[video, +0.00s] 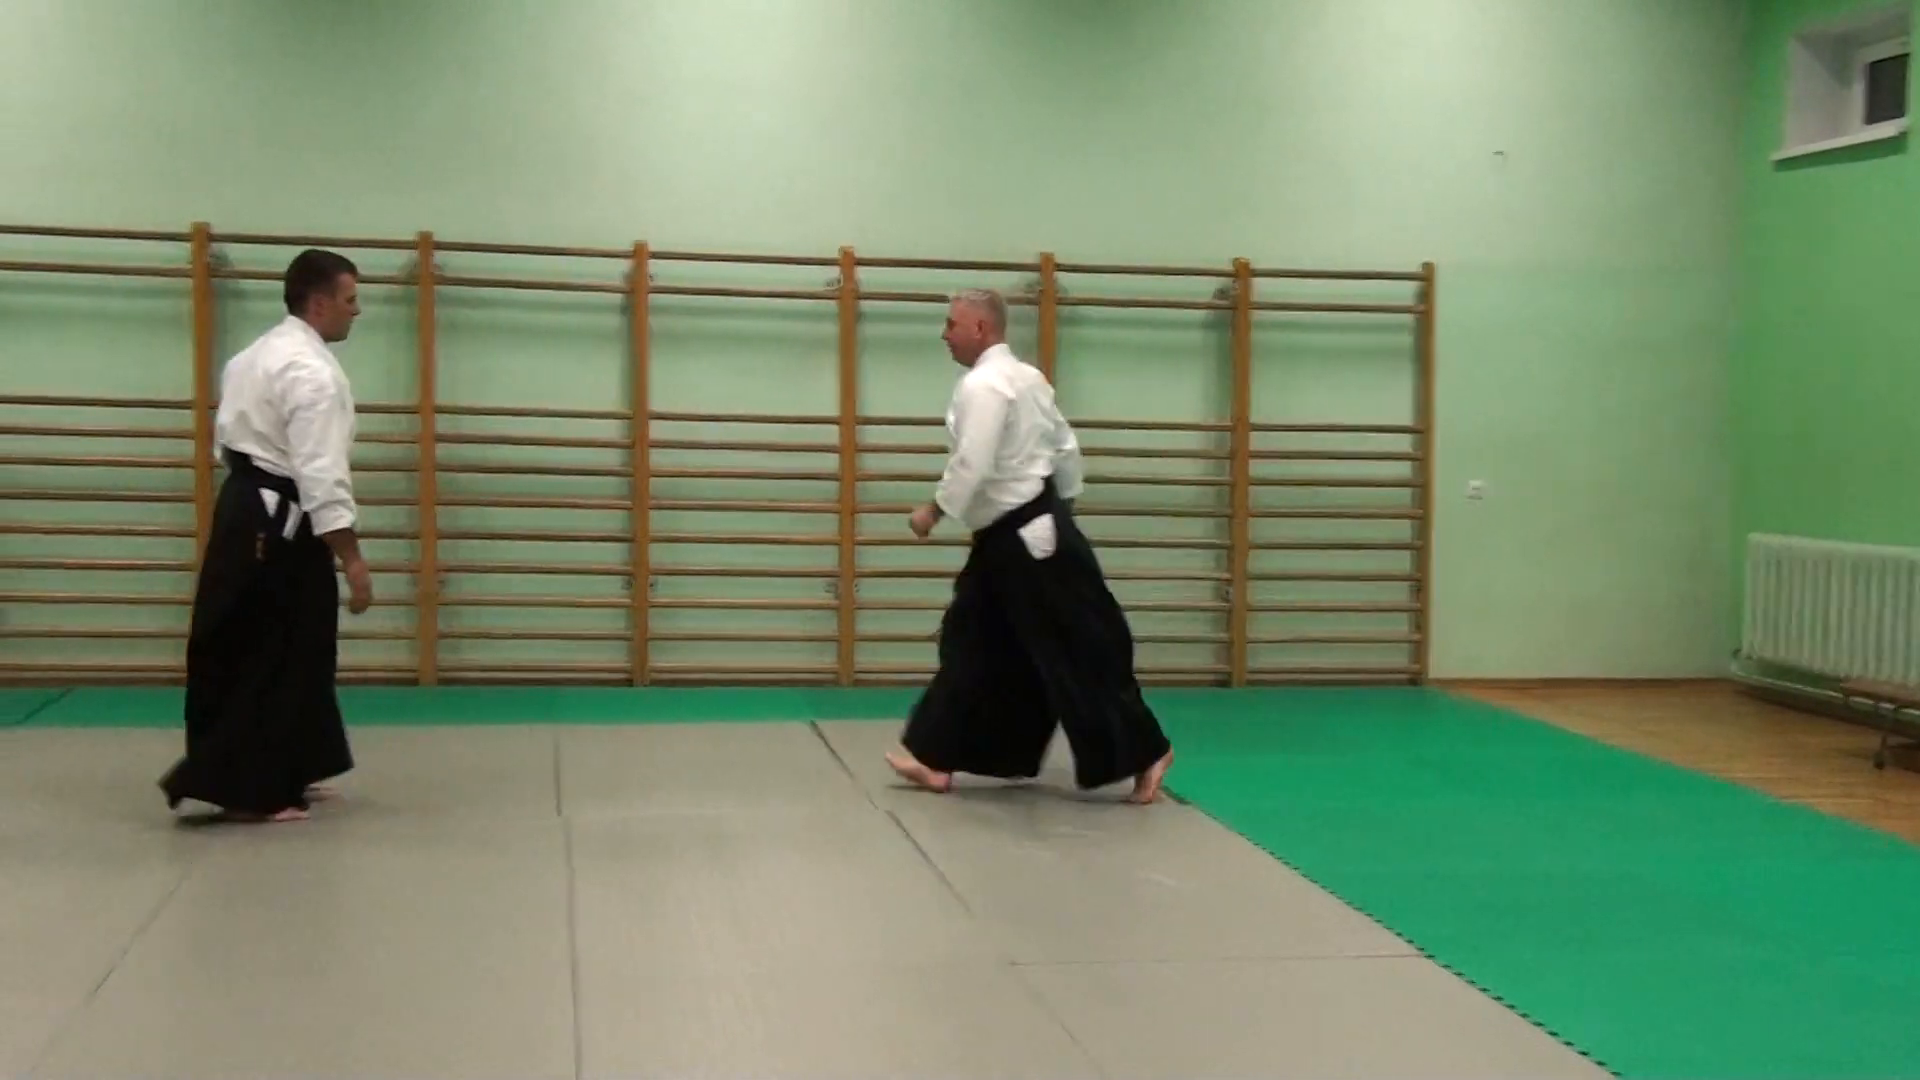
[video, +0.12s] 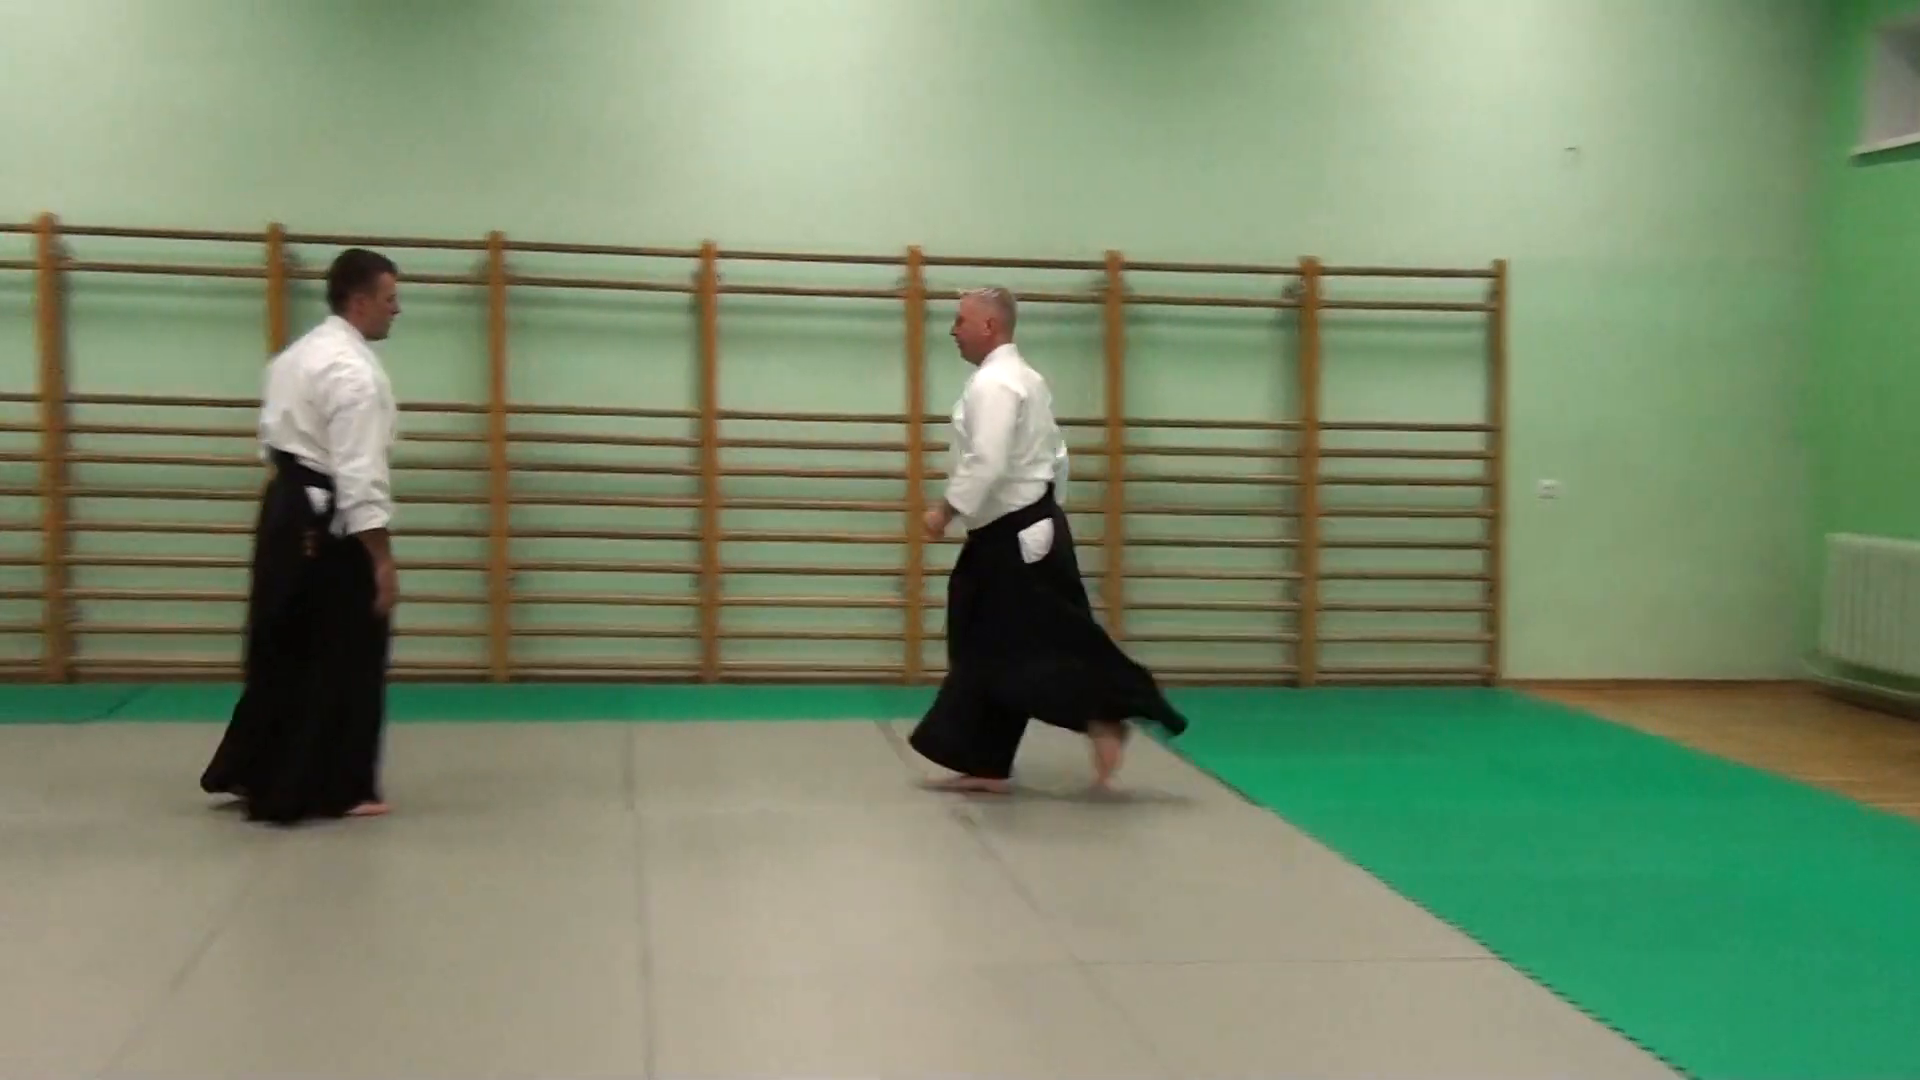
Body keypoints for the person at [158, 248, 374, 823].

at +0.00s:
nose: (356, 311)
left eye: (355, 300)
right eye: (349, 300)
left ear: (303, 301)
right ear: (315, 301)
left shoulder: (254, 354)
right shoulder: (313, 372)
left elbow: (228, 442)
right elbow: (320, 474)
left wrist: (262, 488)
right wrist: (352, 559)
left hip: (242, 514)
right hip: (285, 526)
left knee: (261, 645)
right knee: (289, 651)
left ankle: (284, 772)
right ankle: (255, 789)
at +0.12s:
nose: (396, 310)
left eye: (396, 299)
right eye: (390, 299)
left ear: (348, 300)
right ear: (356, 300)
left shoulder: (297, 353)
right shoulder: (355, 371)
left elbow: (275, 439)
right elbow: (358, 474)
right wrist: (382, 558)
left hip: (284, 508)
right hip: (331, 518)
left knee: (287, 644)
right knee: (350, 652)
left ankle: (252, 769)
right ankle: (341, 785)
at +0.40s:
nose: (517, 312)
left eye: (517, 300)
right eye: (511, 301)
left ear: (466, 302)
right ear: (480, 302)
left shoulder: (420, 355)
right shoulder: (478, 374)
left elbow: (406, 442)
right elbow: (491, 469)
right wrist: (539, 525)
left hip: (402, 508)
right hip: (454, 521)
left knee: (387, 636)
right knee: (502, 638)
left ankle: (341, 762)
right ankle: (519, 775)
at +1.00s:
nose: (731, 303)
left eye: (731, 293)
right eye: (725, 293)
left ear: (690, 294)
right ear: (697, 295)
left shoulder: (661, 341)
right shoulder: (702, 360)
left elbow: (739, 407)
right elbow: (756, 435)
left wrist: (811, 409)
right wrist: (827, 433)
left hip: (640, 494)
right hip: (681, 508)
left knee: (631, 627)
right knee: (729, 627)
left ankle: (601, 756)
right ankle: (734, 762)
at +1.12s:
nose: (771, 304)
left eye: (771, 293)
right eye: (765, 293)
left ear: (729, 294)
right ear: (737, 294)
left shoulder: (700, 340)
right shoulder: (742, 360)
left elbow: (777, 411)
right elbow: (789, 449)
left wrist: (851, 416)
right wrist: (842, 457)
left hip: (678, 495)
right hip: (720, 508)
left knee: (668, 625)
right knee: (766, 625)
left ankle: (638, 756)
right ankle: (769, 761)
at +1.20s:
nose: (795, 304)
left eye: (795, 293)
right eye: (791, 293)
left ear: (750, 293)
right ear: (765, 294)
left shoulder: (721, 340)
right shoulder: (768, 361)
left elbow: (800, 409)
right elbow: (811, 453)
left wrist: (861, 430)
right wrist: (868, 464)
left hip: (700, 493)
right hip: (744, 508)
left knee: (694, 623)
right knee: (789, 624)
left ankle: (662, 754)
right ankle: (793, 760)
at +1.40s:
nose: (827, 304)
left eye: (827, 293)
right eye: (822, 293)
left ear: (785, 295)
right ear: (795, 296)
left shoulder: (751, 340)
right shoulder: (797, 359)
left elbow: (819, 416)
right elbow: (836, 455)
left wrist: (881, 437)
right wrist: (890, 461)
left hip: (728, 492)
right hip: (770, 506)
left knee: (722, 624)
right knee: (817, 624)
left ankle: (694, 753)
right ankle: (825, 760)